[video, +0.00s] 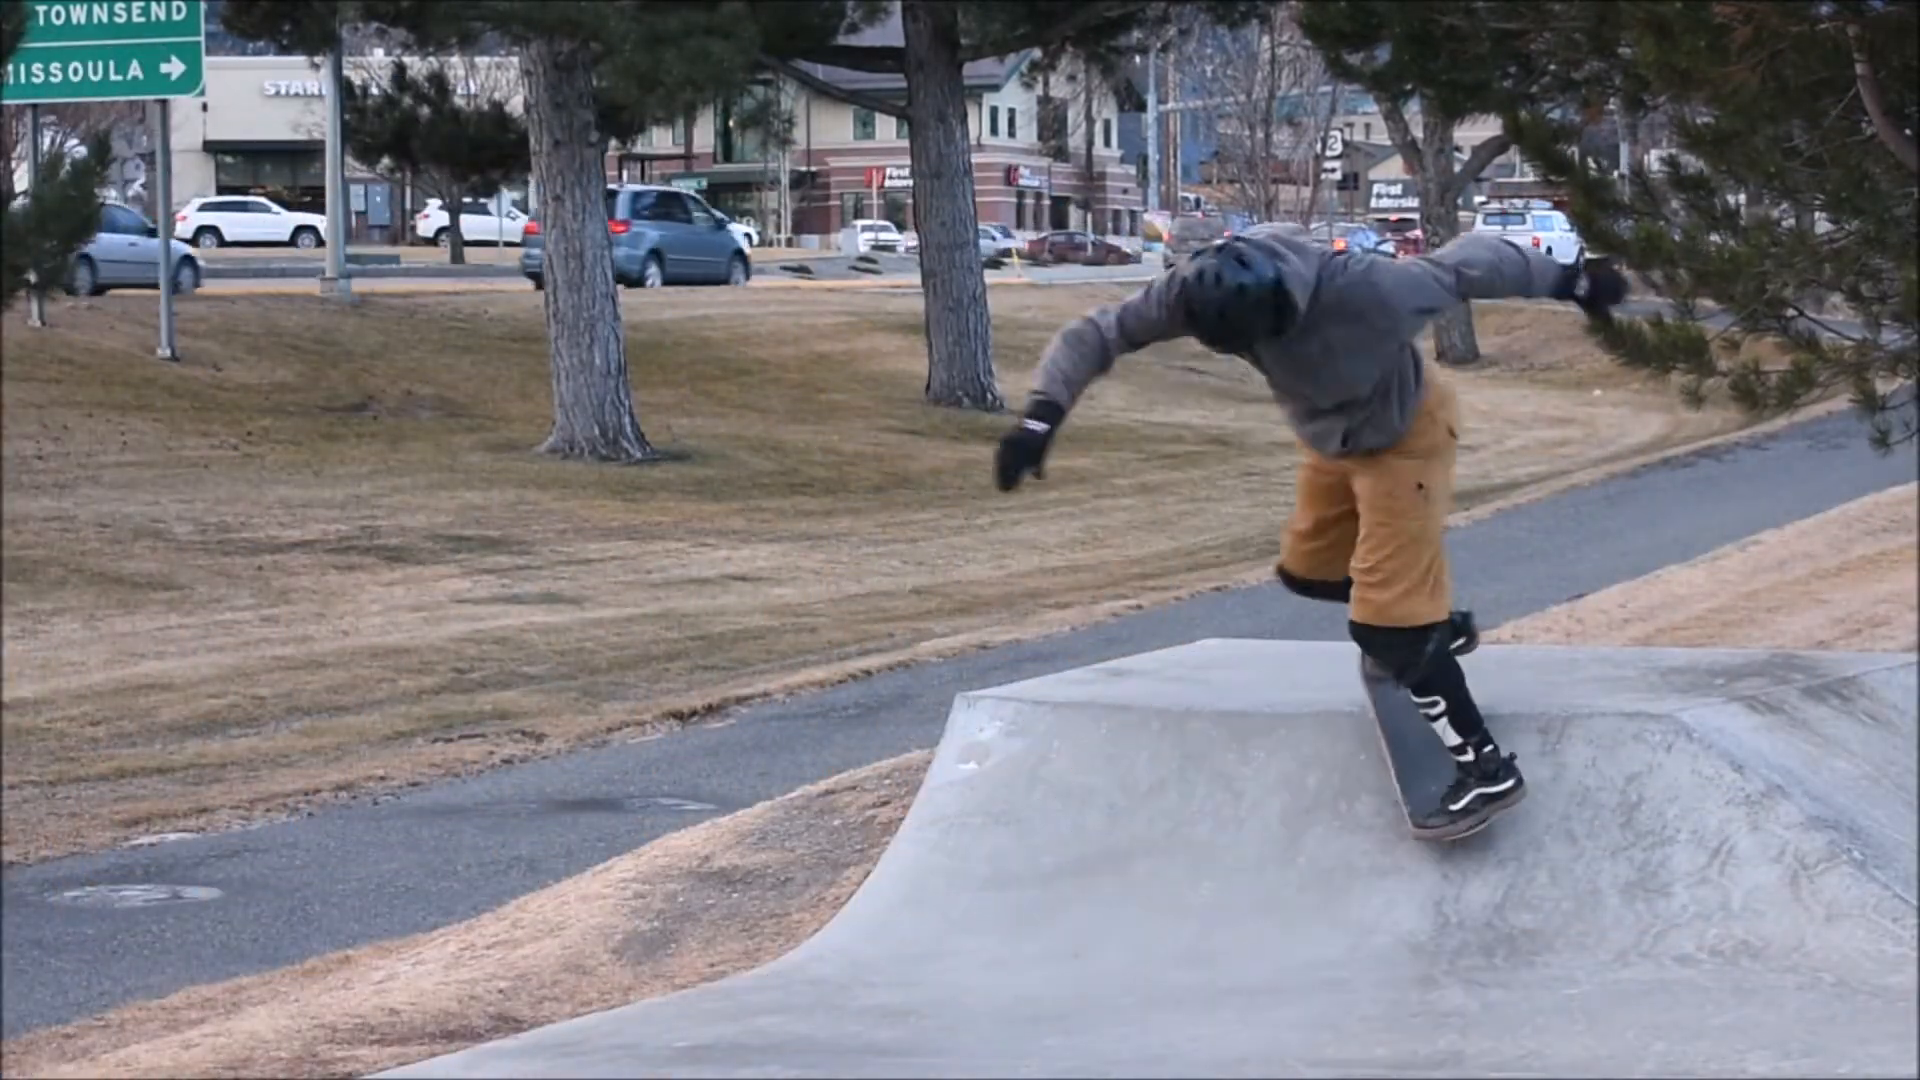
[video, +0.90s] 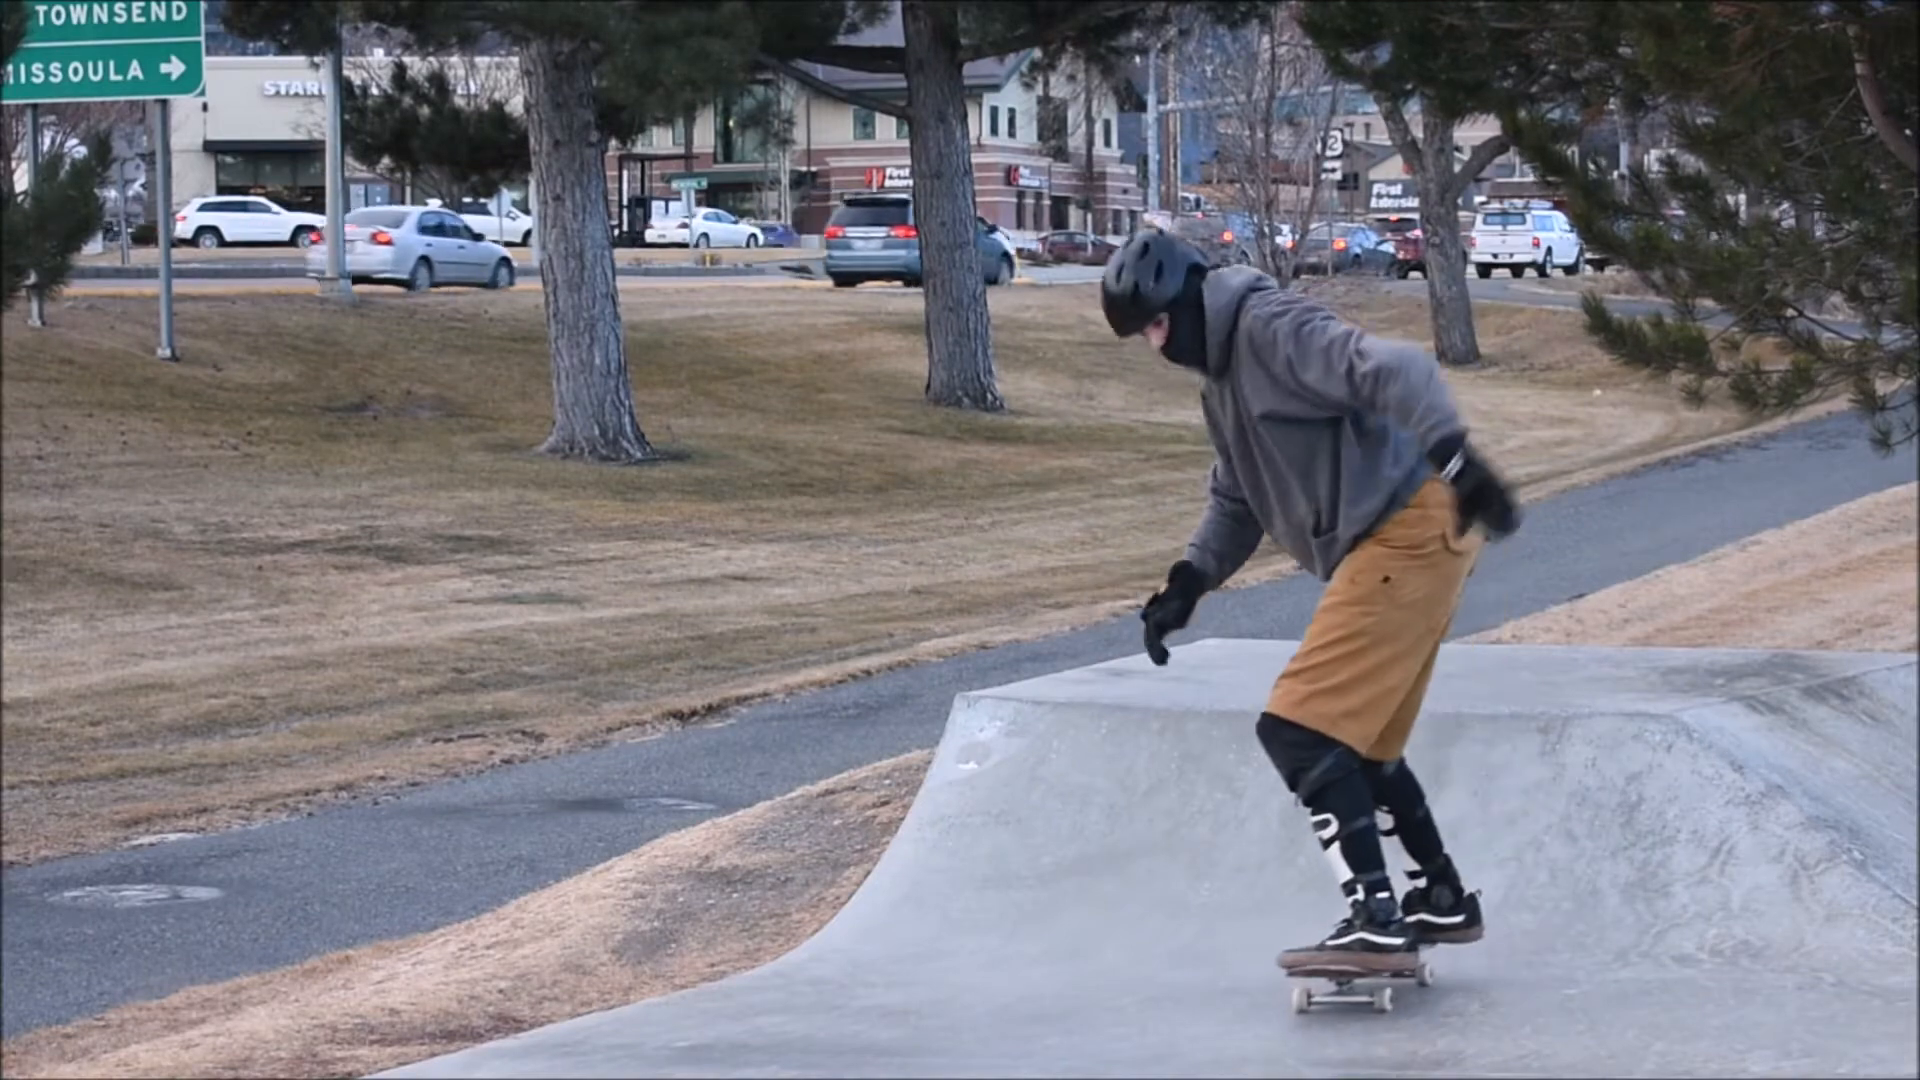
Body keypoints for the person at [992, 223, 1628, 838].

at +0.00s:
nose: (1244, 349)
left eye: (1248, 338)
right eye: (1229, 340)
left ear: (1271, 307)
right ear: (1205, 308)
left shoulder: (1364, 288)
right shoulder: (1205, 288)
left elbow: (1470, 266)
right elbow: (1098, 334)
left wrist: (1570, 277)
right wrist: (1040, 416)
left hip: (1404, 430)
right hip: (1329, 435)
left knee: (1396, 624)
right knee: (1313, 568)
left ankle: (1486, 763)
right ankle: (1439, 630)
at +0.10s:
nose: (1207, 357)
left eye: (1209, 345)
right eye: (1196, 347)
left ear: (1233, 313)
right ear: (1203, 309)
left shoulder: (1334, 297)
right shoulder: (1215, 301)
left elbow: (1455, 292)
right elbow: (1139, 362)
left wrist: (1544, 320)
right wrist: (1090, 428)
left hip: (1448, 422)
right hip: (1382, 432)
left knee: (1398, 625)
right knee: (1336, 562)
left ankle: (1488, 765)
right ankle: (1451, 629)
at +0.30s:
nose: (1215, 353)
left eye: (1211, 341)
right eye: (1205, 348)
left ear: (1224, 306)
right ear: (1225, 292)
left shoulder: (1313, 317)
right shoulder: (1265, 331)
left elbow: (1435, 327)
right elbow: (1217, 408)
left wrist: (1535, 391)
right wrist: (1152, 492)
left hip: (1476, 447)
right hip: (1419, 447)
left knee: (1399, 645)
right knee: (1355, 560)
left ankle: (1488, 786)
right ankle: (1457, 636)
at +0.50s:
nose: (1218, 349)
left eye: (1212, 335)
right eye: (1206, 343)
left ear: (1225, 302)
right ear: (1223, 302)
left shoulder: (1314, 305)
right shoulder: (1269, 358)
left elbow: (1400, 283)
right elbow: (1240, 444)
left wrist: (1501, 287)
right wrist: (1183, 526)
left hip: (1468, 471)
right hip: (1425, 478)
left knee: (1406, 683)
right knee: (1379, 624)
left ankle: (1472, 863)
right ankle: (1486, 735)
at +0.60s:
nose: (1204, 370)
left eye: (1200, 355)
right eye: (1193, 362)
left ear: (1217, 318)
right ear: (1209, 325)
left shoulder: (1301, 315)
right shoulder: (1259, 386)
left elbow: (1386, 277)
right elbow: (1216, 474)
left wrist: (1488, 263)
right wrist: (1140, 548)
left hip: (1465, 497)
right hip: (1459, 494)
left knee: (1380, 703)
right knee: (1437, 679)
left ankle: (1439, 878)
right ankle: (1497, 812)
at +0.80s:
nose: (1169, 363)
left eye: (1166, 346)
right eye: (1158, 354)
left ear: (1190, 316)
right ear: (1180, 328)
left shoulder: (1275, 330)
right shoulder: (1237, 395)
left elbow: (1392, 323)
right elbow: (1231, 505)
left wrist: (1497, 362)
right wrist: (1174, 567)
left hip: (1433, 518)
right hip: (1435, 522)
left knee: (1322, 717)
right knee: (1392, 737)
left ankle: (1397, 907)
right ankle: (1461, 886)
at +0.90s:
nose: (1152, 340)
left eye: (1153, 321)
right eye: (1141, 329)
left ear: (1183, 293)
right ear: (1155, 313)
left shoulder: (1264, 324)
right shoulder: (1224, 374)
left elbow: (1389, 366)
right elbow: (1238, 501)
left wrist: (1457, 456)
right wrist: (1188, 582)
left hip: (1411, 523)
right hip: (1396, 530)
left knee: (1299, 724)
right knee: (1364, 739)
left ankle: (1376, 919)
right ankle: (1442, 893)